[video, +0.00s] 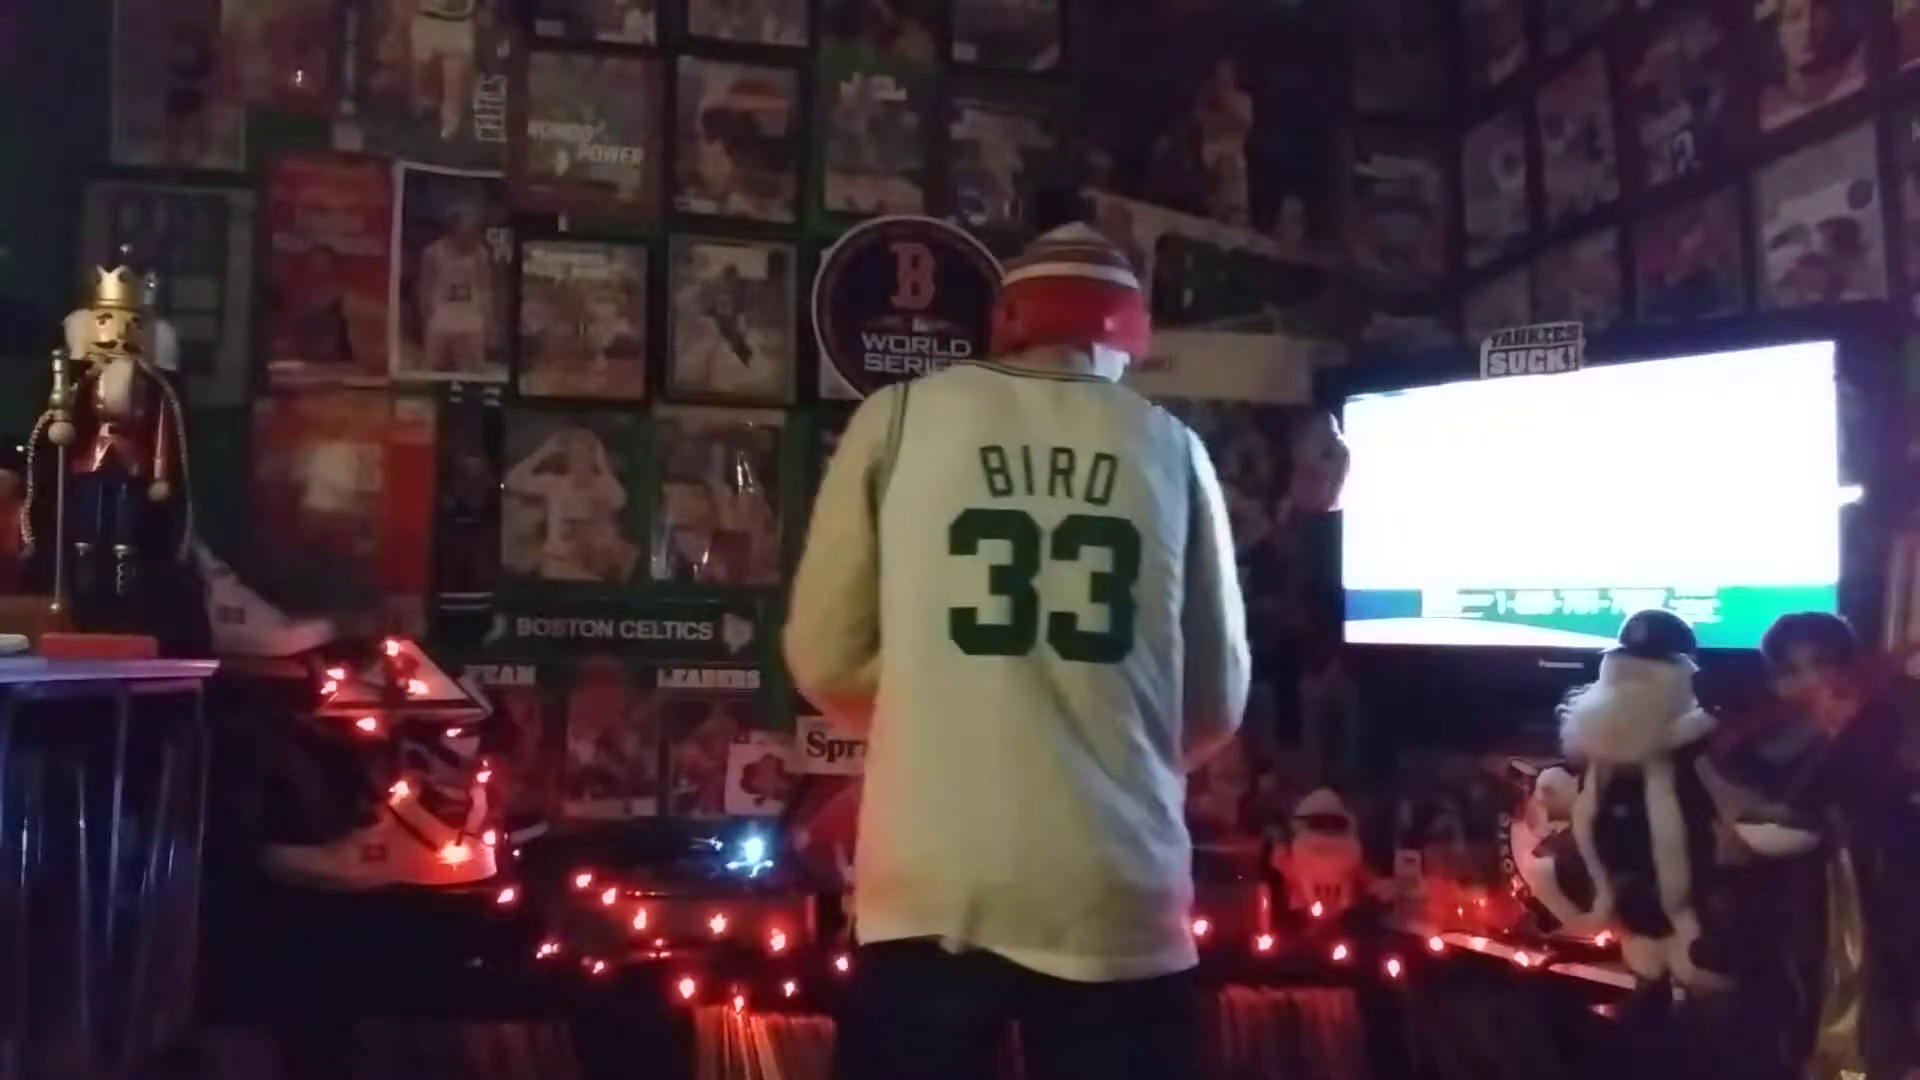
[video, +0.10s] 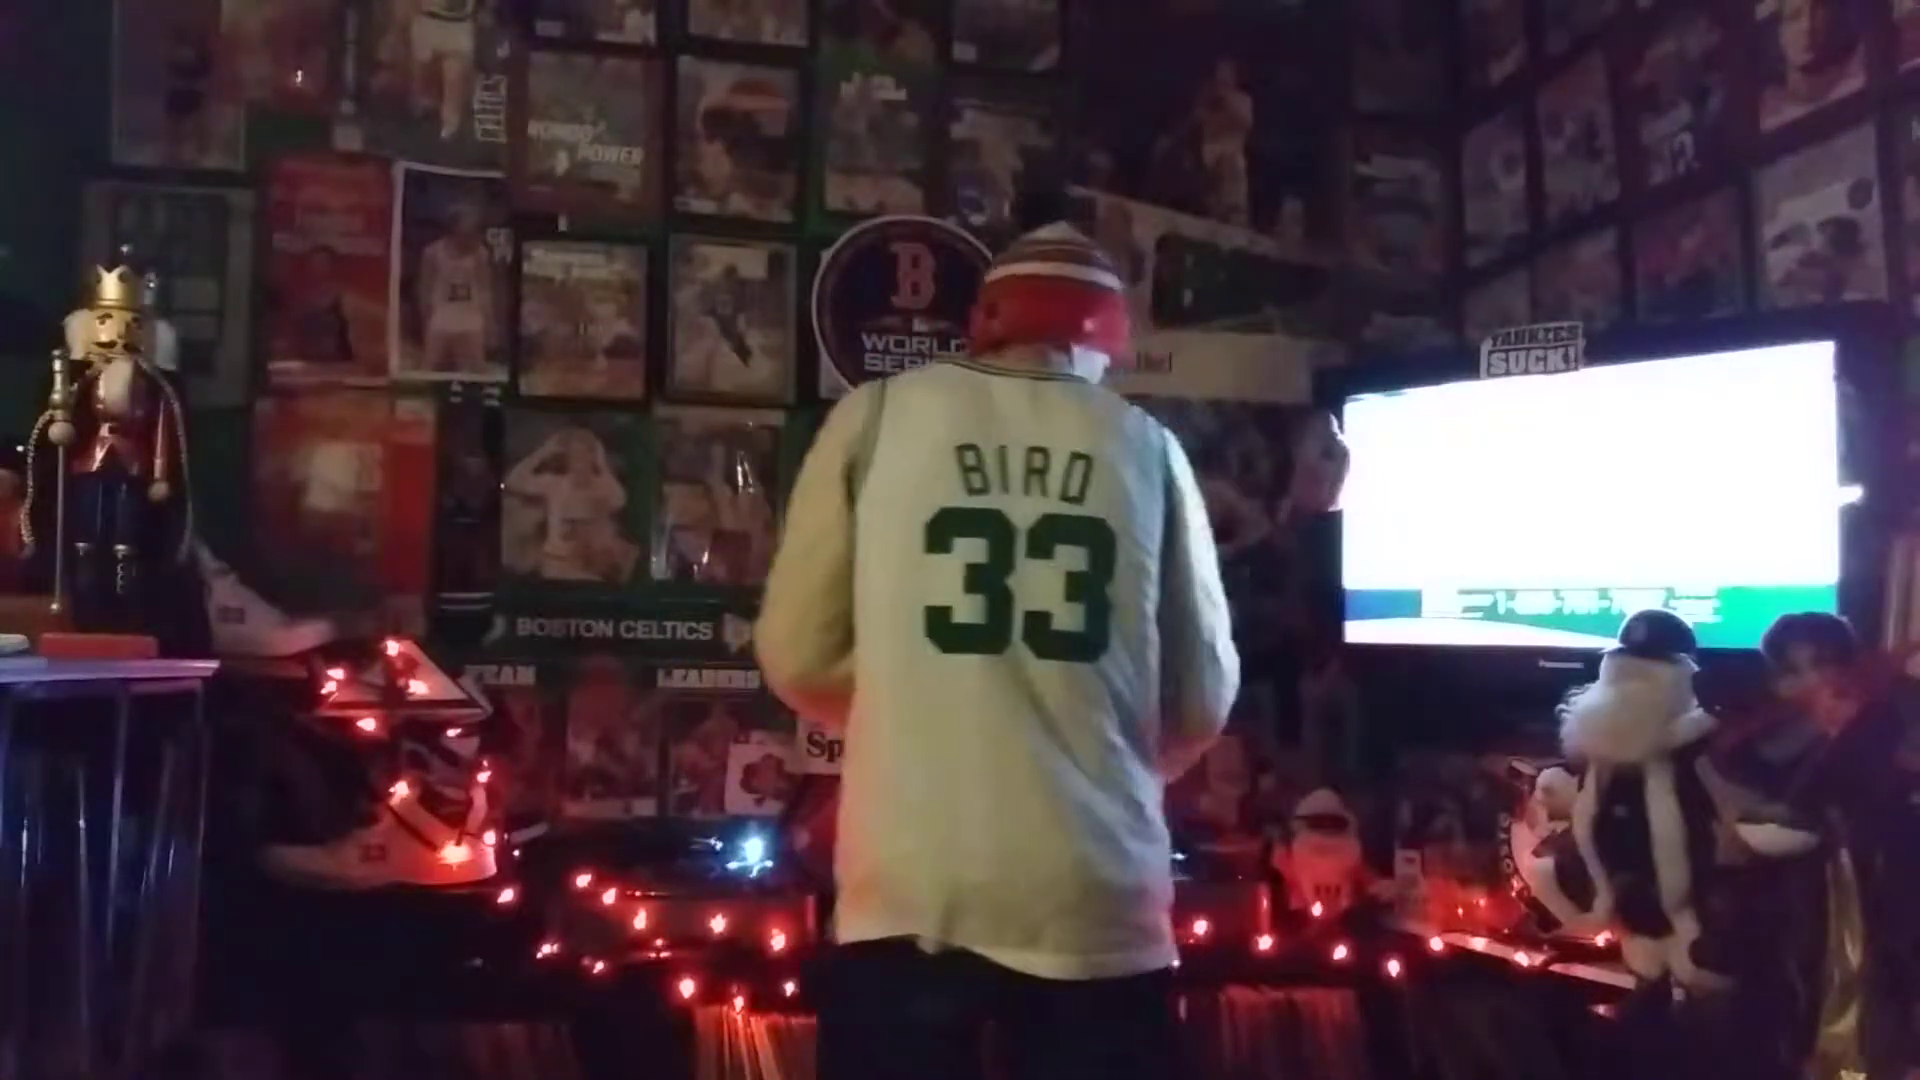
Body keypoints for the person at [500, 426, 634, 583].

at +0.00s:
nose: (580, 472)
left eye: (588, 467)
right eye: (574, 464)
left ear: (595, 465)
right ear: (566, 464)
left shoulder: (600, 487)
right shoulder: (555, 485)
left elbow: (618, 501)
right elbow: (513, 482)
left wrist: (602, 464)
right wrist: (544, 452)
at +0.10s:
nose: (580, 466)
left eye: (586, 461)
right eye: (574, 461)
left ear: (593, 461)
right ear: (566, 461)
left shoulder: (599, 487)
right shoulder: (554, 484)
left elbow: (618, 501)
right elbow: (513, 483)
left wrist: (602, 464)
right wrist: (545, 452)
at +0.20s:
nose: (579, 465)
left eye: (585, 459)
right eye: (574, 459)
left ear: (593, 460)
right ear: (566, 460)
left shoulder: (600, 486)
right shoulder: (554, 484)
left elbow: (618, 501)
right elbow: (513, 483)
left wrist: (602, 464)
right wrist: (545, 452)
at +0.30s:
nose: (580, 469)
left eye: (588, 465)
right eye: (574, 463)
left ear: (594, 464)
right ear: (566, 463)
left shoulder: (600, 487)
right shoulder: (554, 484)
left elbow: (618, 501)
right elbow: (513, 483)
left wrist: (602, 464)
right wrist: (545, 452)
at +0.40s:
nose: (580, 464)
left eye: (585, 458)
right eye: (575, 459)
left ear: (593, 460)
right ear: (566, 460)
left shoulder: (600, 487)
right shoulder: (554, 485)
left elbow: (618, 501)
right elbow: (513, 483)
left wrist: (601, 463)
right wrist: (545, 452)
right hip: (554, 565)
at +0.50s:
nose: (581, 467)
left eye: (587, 462)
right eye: (575, 461)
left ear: (594, 461)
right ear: (565, 461)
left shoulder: (602, 486)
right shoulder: (553, 484)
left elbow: (617, 503)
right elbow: (513, 482)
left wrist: (602, 464)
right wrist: (544, 453)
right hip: (559, 563)